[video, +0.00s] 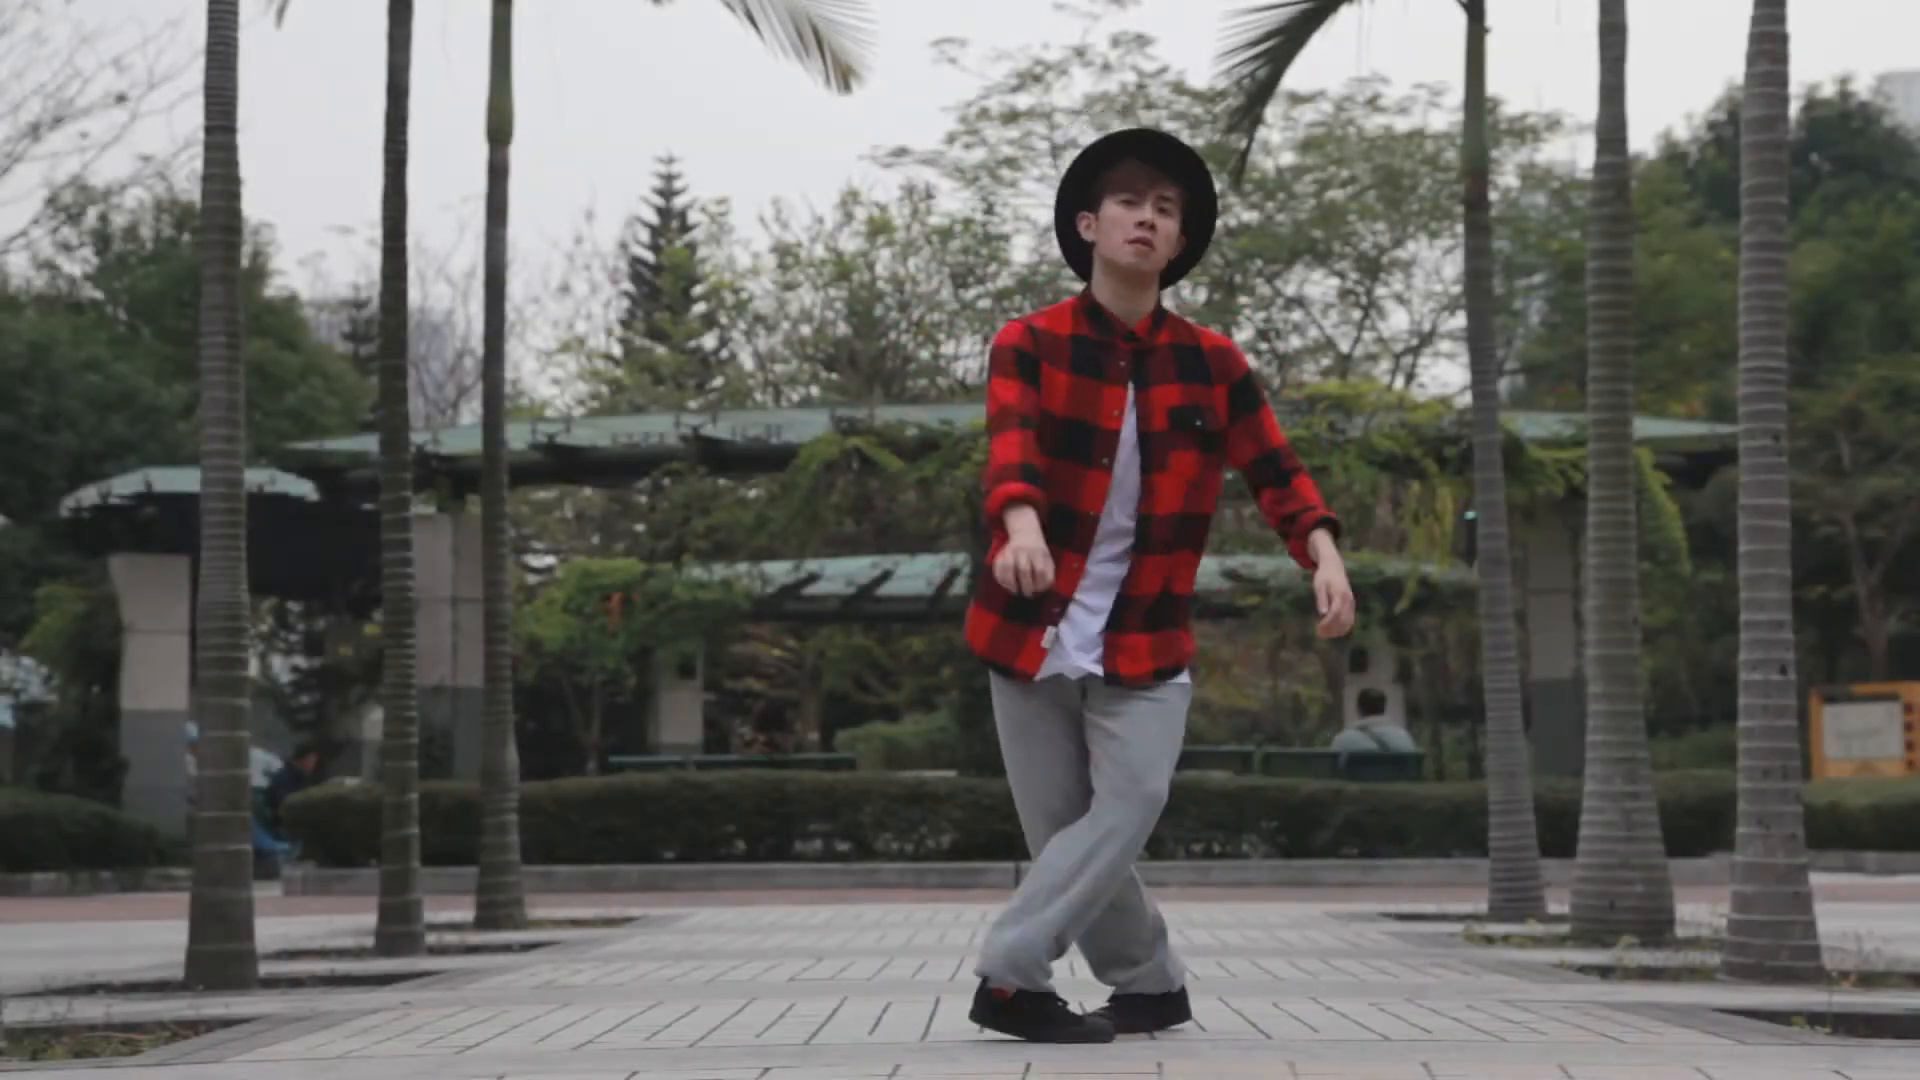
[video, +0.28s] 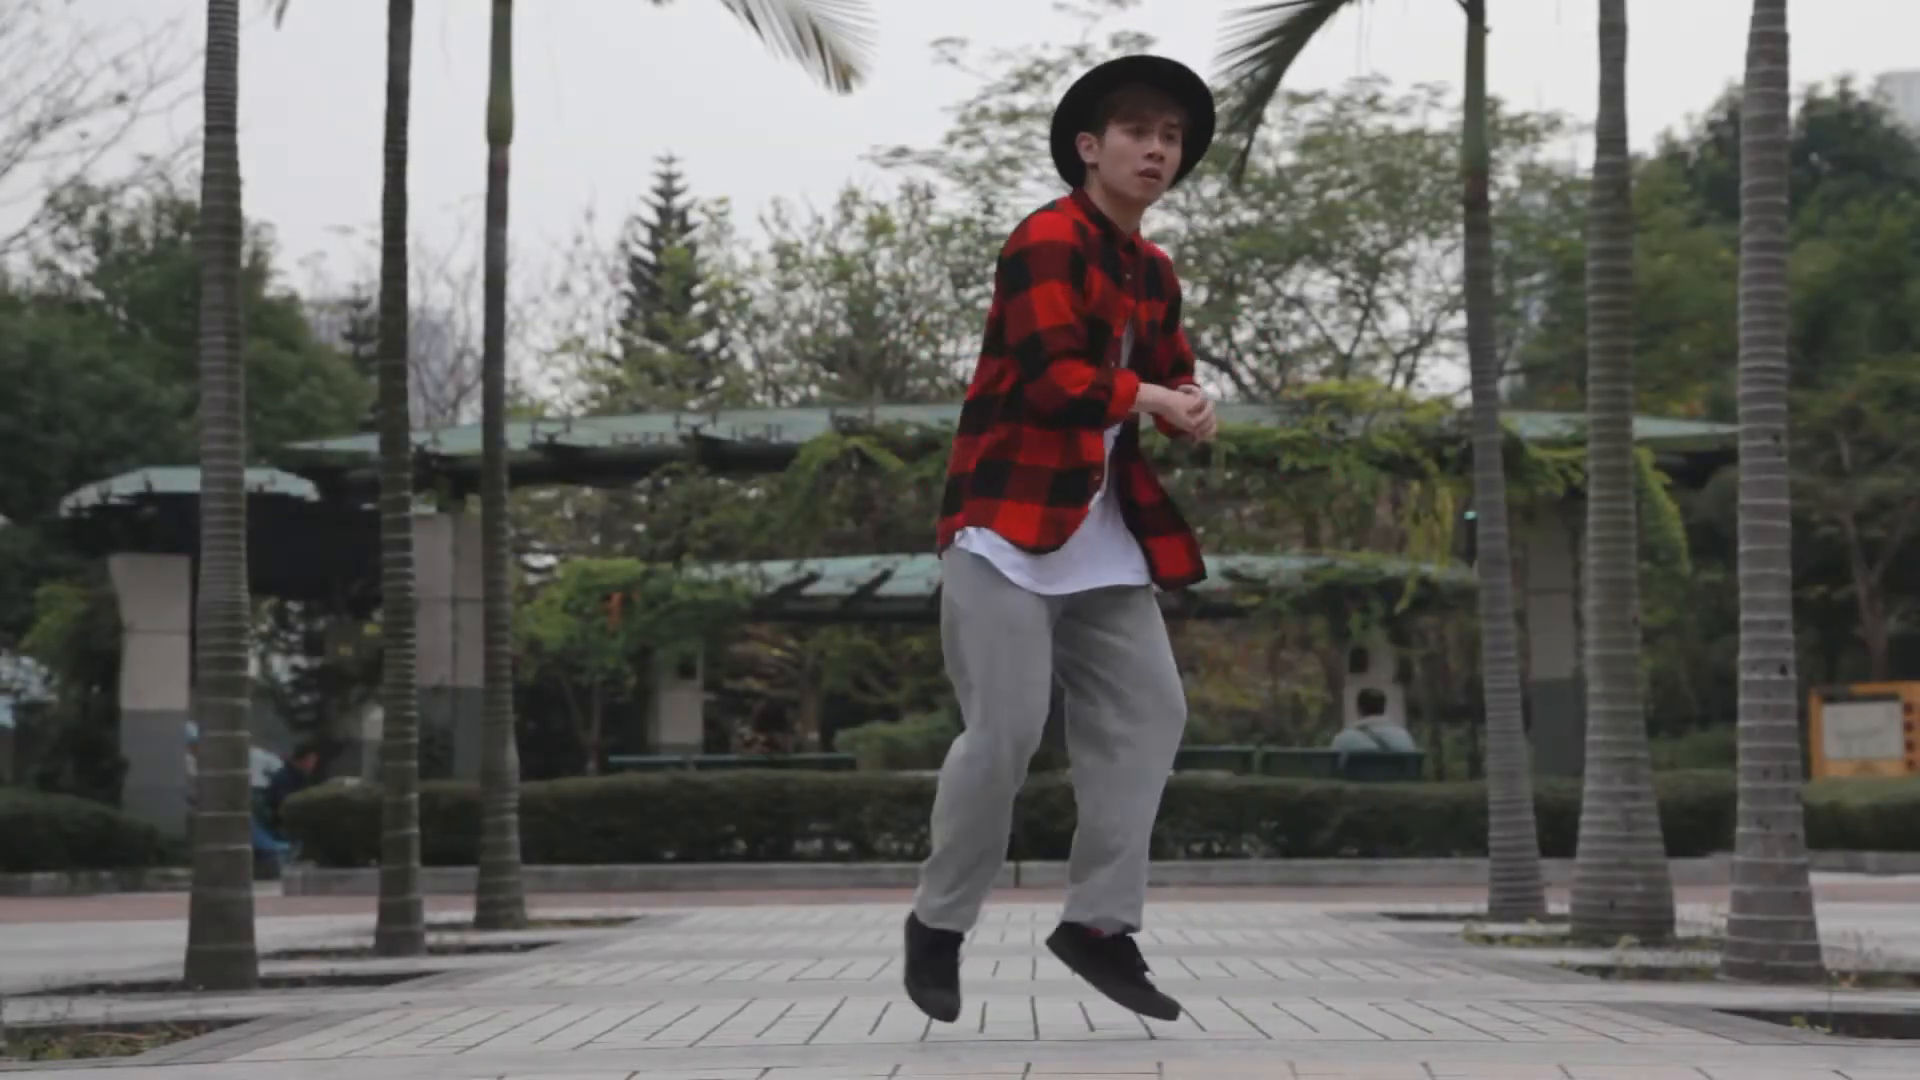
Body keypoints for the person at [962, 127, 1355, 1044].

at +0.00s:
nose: (1145, 216)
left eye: (1165, 205)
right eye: (1126, 199)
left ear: (1183, 237)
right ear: (1085, 224)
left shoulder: (1215, 361)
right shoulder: (1029, 343)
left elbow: (1275, 471)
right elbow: (1012, 448)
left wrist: (1323, 554)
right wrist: (1021, 522)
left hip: (1146, 630)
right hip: (1032, 619)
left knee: (1130, 806)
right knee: (1057, 824)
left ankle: (1010, 971)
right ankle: (1150, 980)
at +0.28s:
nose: (1155, 151)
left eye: (1171, 138)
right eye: (1136, 130)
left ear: (1183, 159)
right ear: (1087, 143)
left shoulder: (1158, 274)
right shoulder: (1046, 237)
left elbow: (1173, 380)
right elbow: (1052, 375)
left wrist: (1187, 402)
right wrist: (1147, 401)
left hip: (1101, 530)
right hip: (1001, 525)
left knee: (1147, 713)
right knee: (1007, 726)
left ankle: (1098, 925)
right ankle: (939, 921)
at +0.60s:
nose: (1078, 172)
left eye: (1095, 157)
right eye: (1055, 161)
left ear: (1127, 186)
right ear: (1025, 196)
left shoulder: (1150, 316)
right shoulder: (976, 294)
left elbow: (1155, 461)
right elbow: (878, 387)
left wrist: (1171, 407)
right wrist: (886, 441)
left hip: (1101, 582)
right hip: (984, 577)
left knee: (1133, 764)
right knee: (928, 758)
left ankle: (1126, 942)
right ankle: (870, 960)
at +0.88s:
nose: (982, 176)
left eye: (1006, 158)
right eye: (965, 162)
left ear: (1049, 184)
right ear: (950, 188)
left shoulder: (1074, 292)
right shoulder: (973, 316)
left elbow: (1105, 412)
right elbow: (970, 449)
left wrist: (1030, 460)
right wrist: (886, 480)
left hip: (1093, 584)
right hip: (996, 583)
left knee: (1108, 786)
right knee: (924, 768)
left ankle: (1234, 979)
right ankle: (976, 961)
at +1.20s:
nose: (986, 173)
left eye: (1006, 160)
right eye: (966, 159)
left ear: (1038, 193)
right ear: (934, 192)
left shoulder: (1087, 305)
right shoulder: (909, 321)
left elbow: (1193, 401)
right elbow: (841, 449)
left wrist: (1302, 477)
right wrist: (850, 419)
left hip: (1039, 586)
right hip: (944, 582)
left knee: (922, 744)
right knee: (984, 809)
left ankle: (908, 973)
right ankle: (1071, 959)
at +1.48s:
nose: (1037, 217)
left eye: (1046, 205)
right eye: (1012, 201)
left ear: (1057, 232)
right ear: (961, 232)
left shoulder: (1059, 357)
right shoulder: (908, 347)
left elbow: (1127, 466)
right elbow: (938, 488)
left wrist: (1212, 427)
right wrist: (1066, 512)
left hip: (993, 598)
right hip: (887, 612)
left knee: (951, 774)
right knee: (905, 827)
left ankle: (996, 991)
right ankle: (1022, 940)